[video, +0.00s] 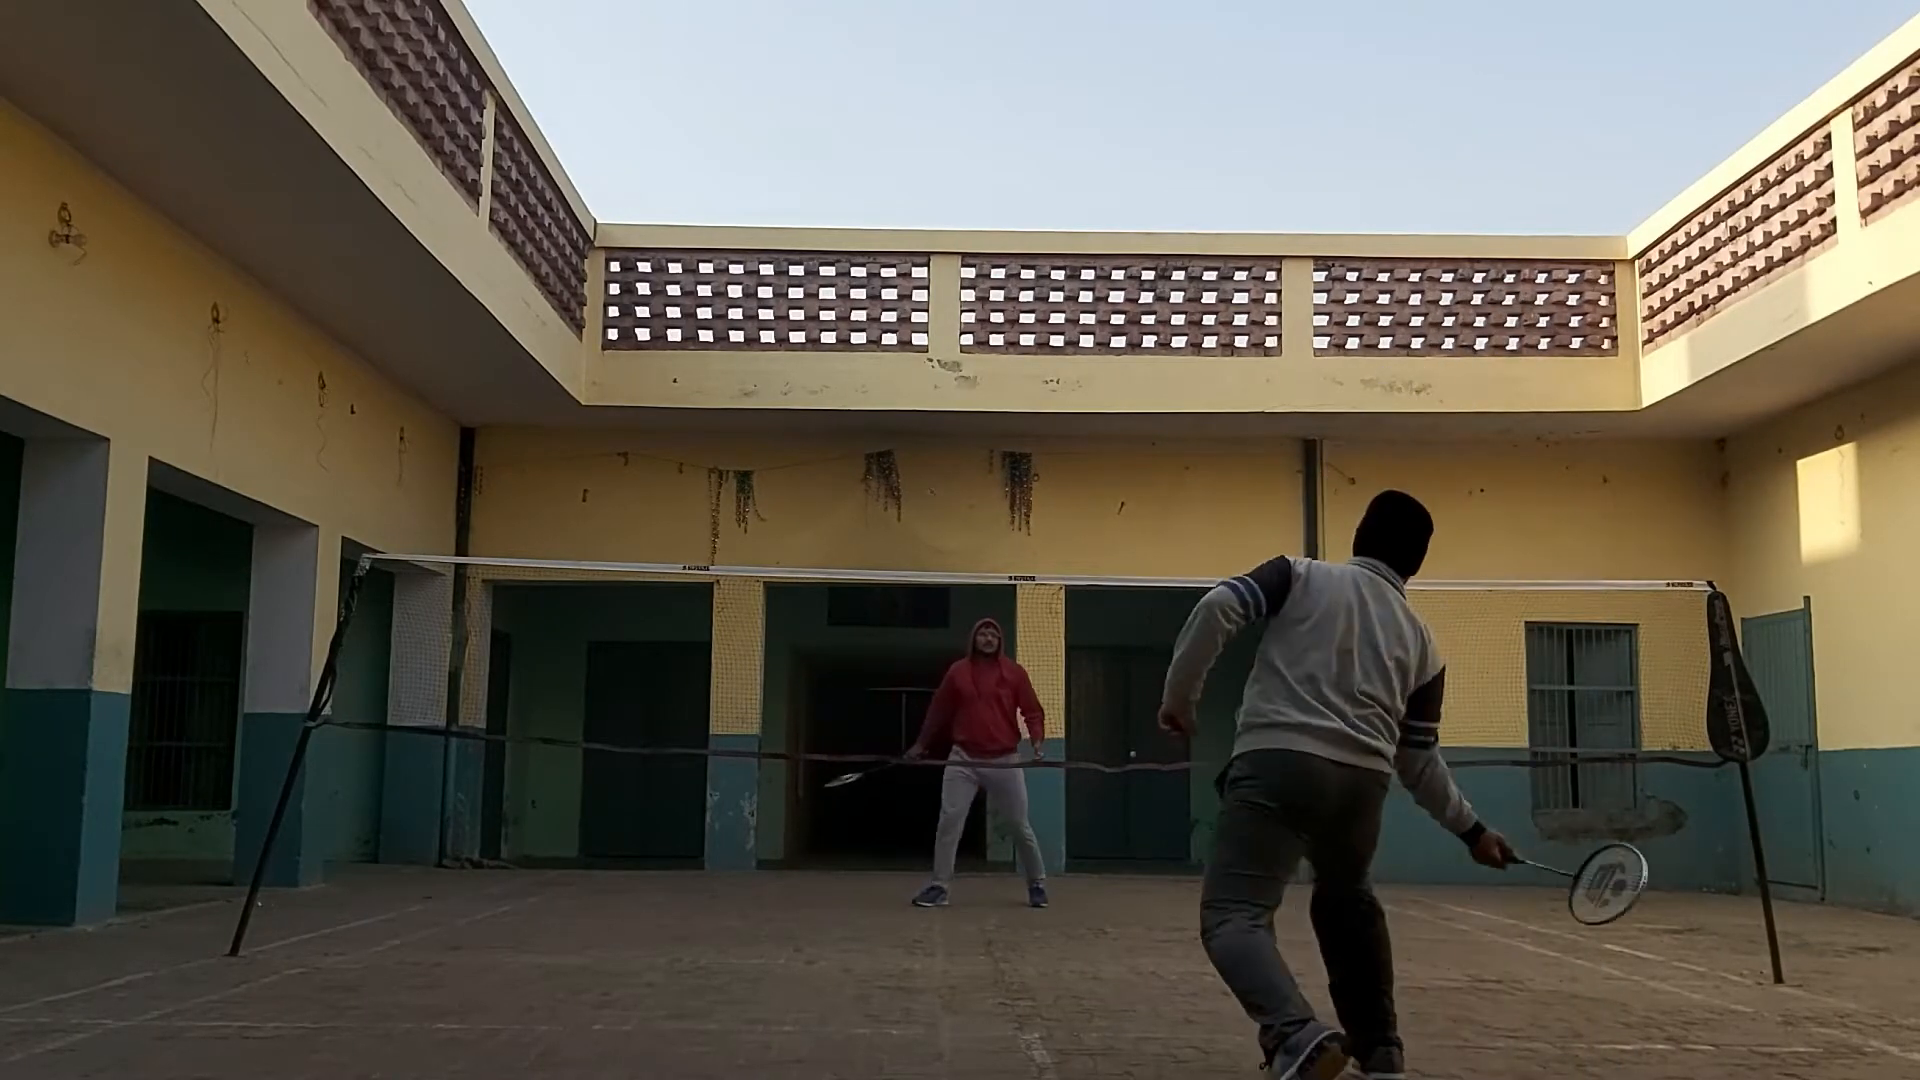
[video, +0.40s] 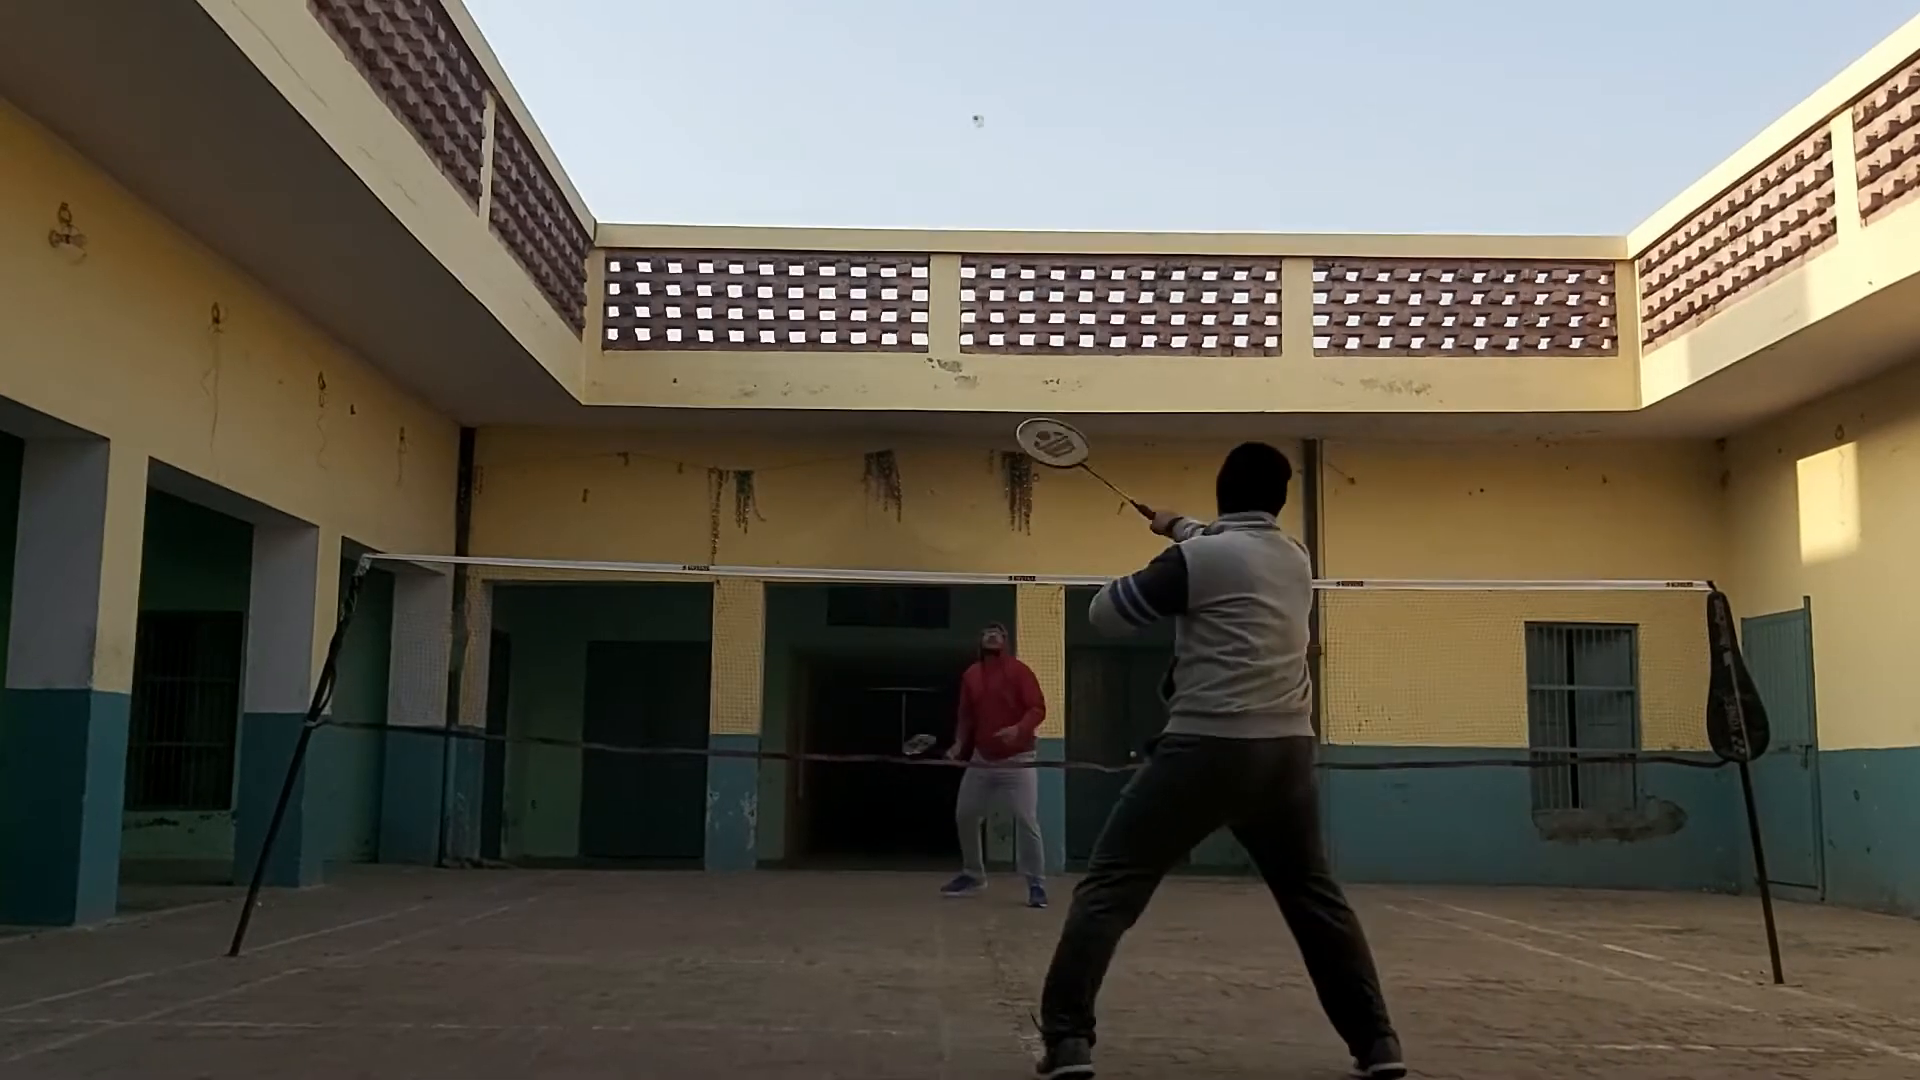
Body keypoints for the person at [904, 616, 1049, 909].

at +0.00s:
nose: (987, 638)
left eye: (992, 635)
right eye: (982, 634)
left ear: (1000, 641)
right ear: (973, 639)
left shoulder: (1014, 672)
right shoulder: (958, 670)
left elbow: (1033, 711)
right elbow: (938, 709)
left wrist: (1037, 741)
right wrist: (920, 744)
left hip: (1003, 760)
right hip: (963, 758)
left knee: (1018, 826)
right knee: (949, 821)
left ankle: (1036, 883)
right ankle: (939, 886)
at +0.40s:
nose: (993, 637)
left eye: (998, 635)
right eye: (988, 635)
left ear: (1006, 643)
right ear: (980, 643)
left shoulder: (1019, 671)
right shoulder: (972, 674)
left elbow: (1037, 709)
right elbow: (965, 715)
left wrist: (1018, 730)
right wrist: (959, 745)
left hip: (1018, 761)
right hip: (982, 759)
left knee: (1026, 821)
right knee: (966, 815)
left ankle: (1036, 884)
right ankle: (973, 875)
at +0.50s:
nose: (983, 645)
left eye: (988, 643)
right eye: (979, 642)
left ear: (997, 651)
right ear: (973, 651)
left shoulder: (1011, 680)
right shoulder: (969, 686)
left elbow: (1021, 713)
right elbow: (964, 725)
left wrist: (990, 720)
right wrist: (954, 753)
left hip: (1016, 769)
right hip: (981, 768)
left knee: (1026, 822)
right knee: (959, 818)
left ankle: (1036, 884)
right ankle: (968, 877)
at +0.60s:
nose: (969, 652)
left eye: (975, 649)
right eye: (966, 649)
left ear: (985, 656)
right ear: (961, 658)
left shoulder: (995, 683)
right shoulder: (962, 688)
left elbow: (996, 709)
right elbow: (963, 729)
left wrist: (961, 704)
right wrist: (948, 755)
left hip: (1005, 768)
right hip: (975, 768)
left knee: (1017, 823)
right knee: (955, 820)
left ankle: (1034, 884)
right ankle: (966, 880)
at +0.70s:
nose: (953, 645)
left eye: (960, 642)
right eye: (952, 642)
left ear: (971, 650)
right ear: (950, 651)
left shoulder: (977, 676)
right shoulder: (955, 678)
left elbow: (964, 684)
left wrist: (940, 678)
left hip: (985, 760)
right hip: (964, 761)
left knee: (1000, 821)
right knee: (949, 817)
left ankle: (1023, 879)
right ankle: (965, 879)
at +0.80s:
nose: (942, 640)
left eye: (948, 636)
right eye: (941, 637)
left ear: (961, 643)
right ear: (941, 644)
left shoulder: (966, 666)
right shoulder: (941, 672)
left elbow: (958, 662)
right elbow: (940, 716)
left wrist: (930, 650)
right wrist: (922, 736)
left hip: (970, 746)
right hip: (947, 747)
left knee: (968, 811)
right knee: (944, 815)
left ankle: (999, 874)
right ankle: (963, 877)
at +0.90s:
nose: (931, 633)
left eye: (936, 629)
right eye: (931, 629)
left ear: (946, 633)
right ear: (935, 633)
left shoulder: (949, 654)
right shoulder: (934, 662)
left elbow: (933, 640)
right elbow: (938, 700)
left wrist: (909, 631)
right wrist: (917, 718)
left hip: (953, 741)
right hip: (940, 741)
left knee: (944, 807)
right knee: (929, 805)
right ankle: (960, 865)